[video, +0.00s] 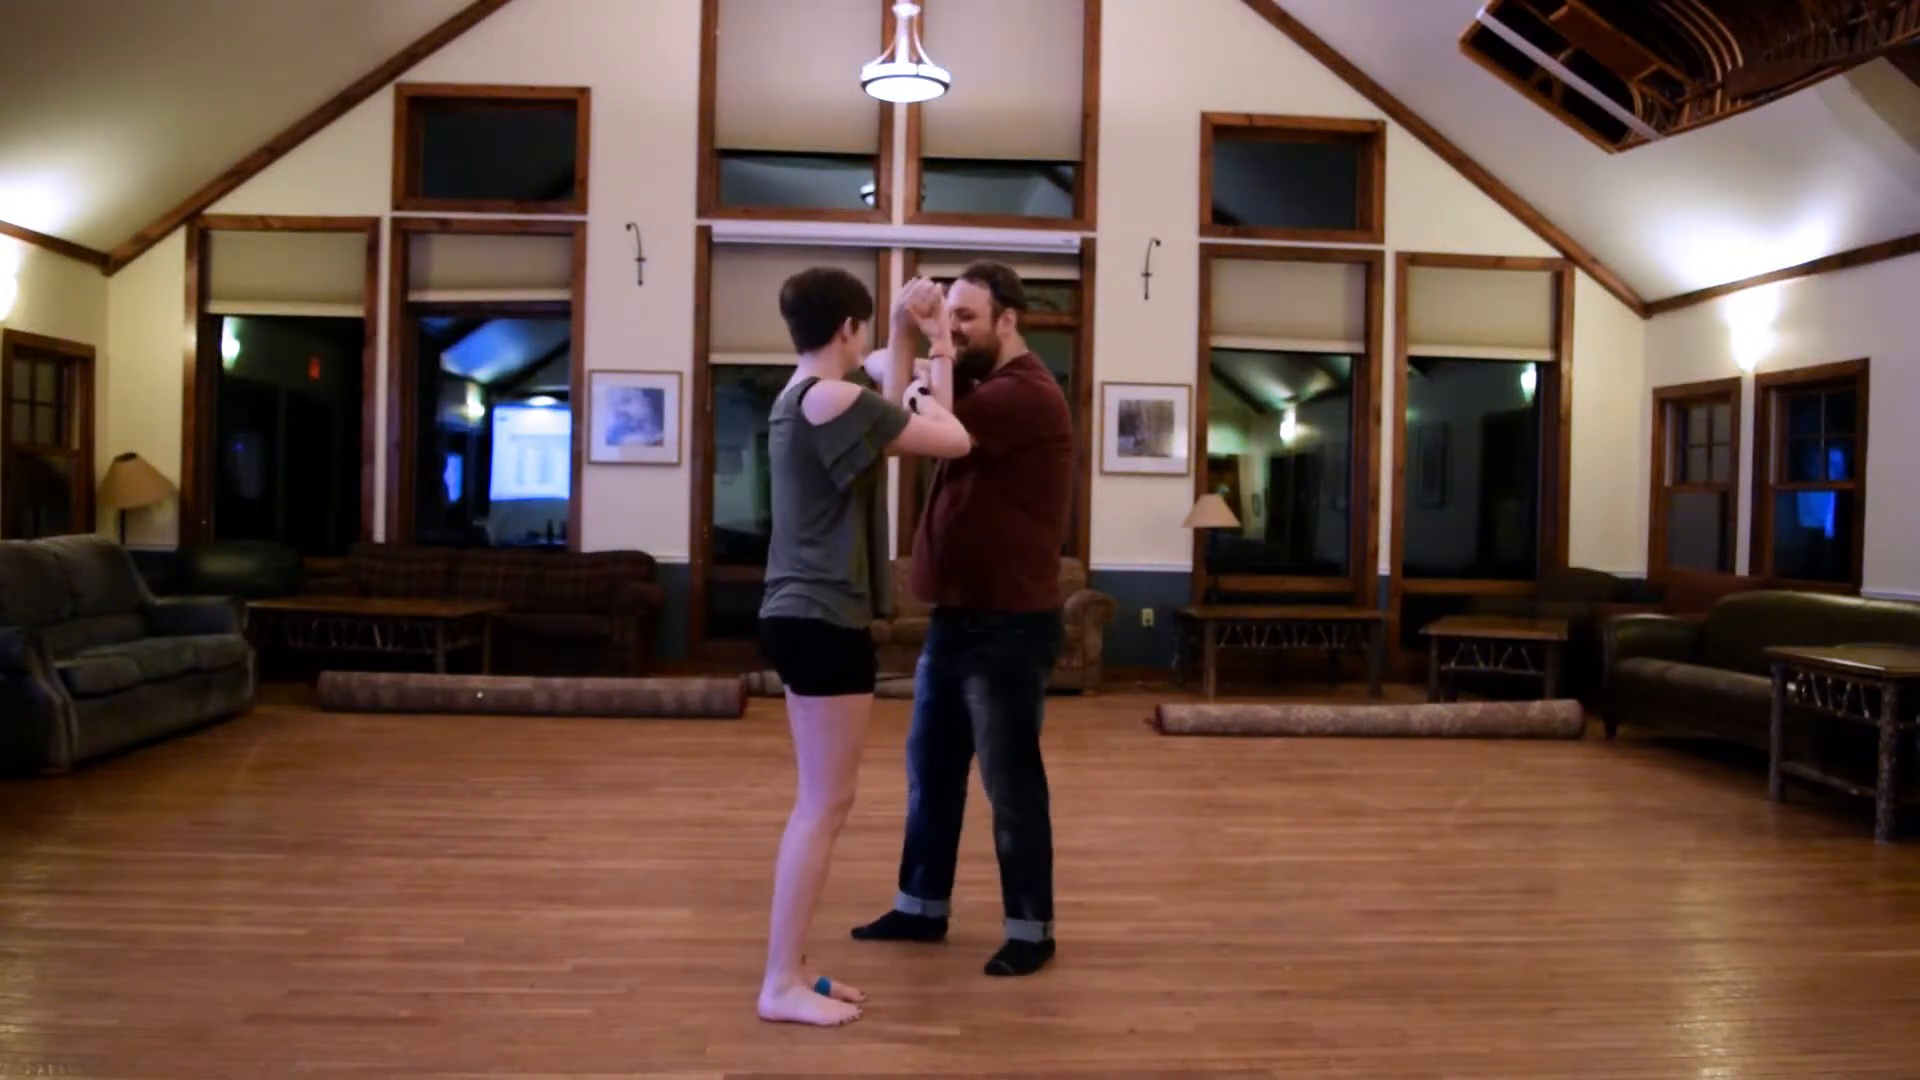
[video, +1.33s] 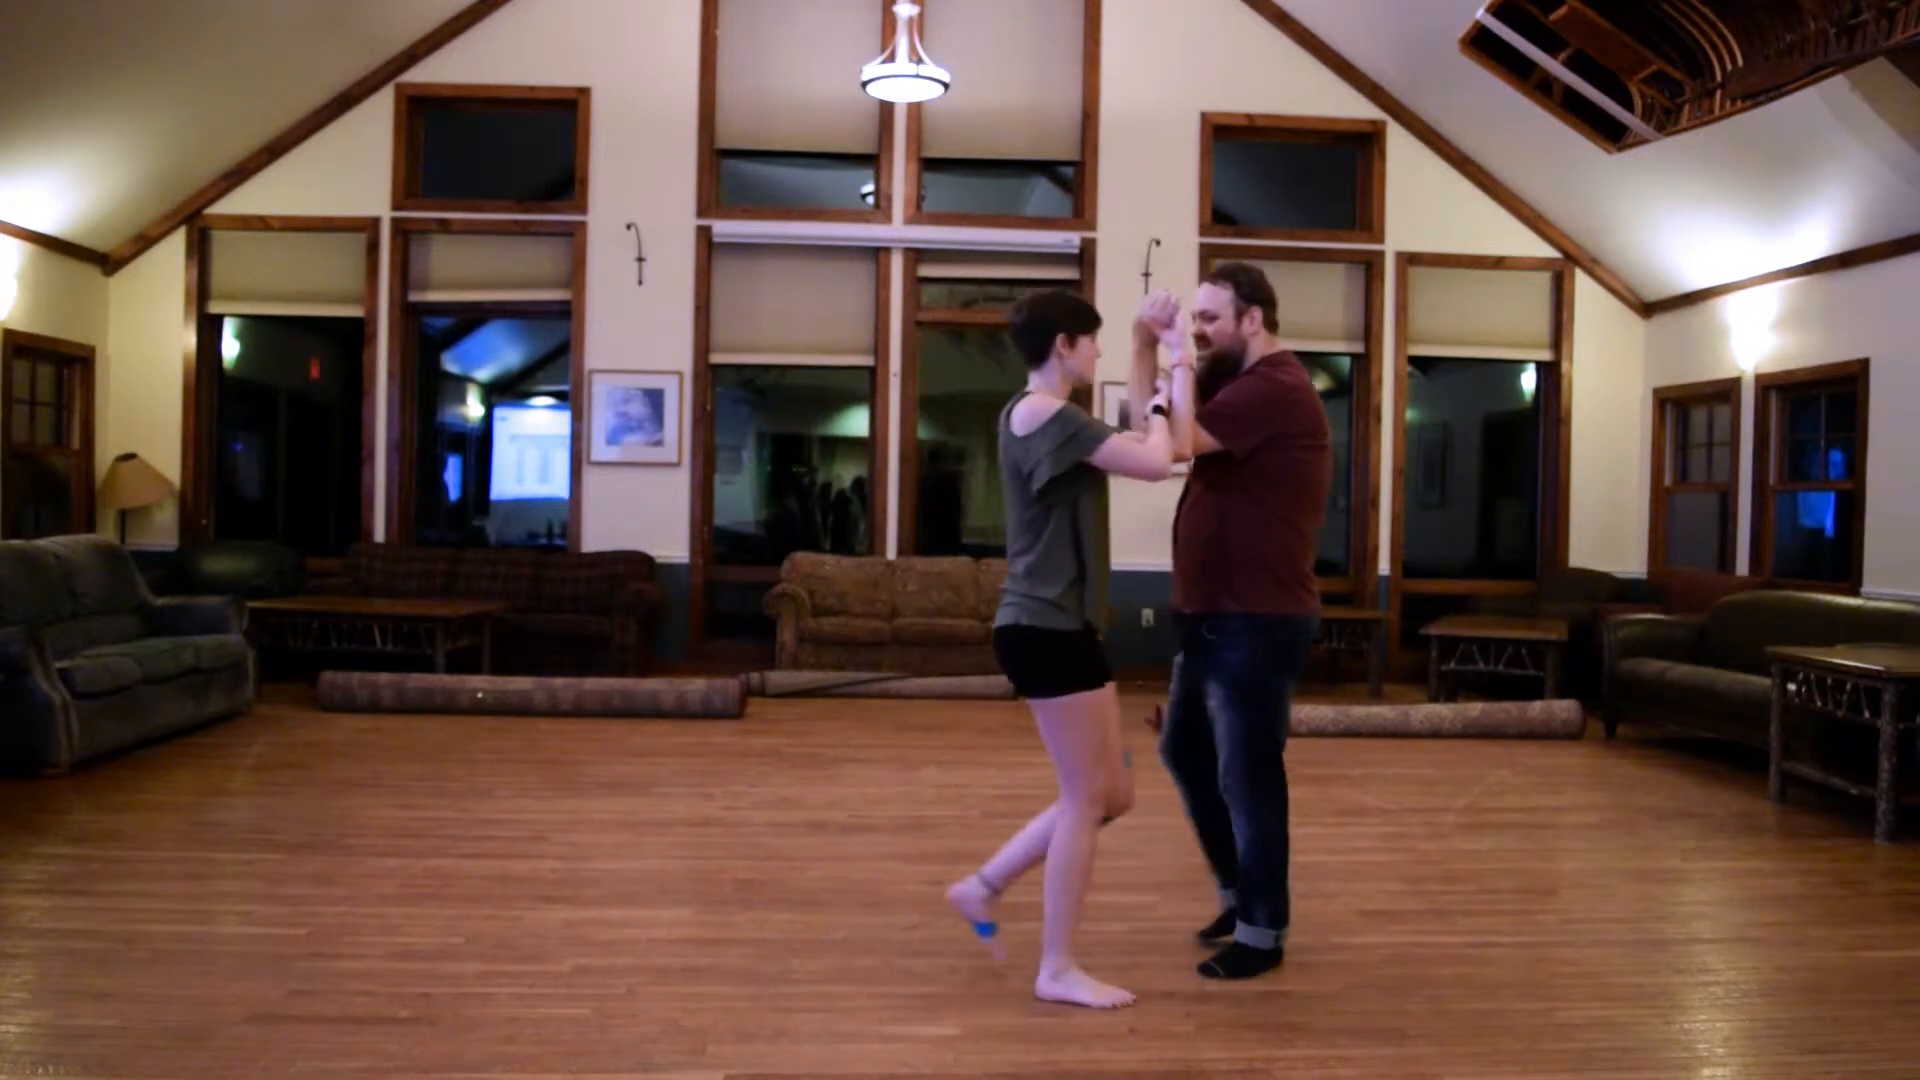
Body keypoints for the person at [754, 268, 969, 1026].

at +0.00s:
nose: (867, 337)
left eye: (867, 325)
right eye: (865, 327)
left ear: (804, 333)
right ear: (851, 331)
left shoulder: (799, 396)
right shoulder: (839, 400)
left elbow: (890, 408)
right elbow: (951, 436)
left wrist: (904, 335)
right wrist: (941, 354)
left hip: (800, 614)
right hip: (825, 621)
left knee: (819, 804)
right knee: (823, 808)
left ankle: (788, 973)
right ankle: (782, 985)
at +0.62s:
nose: (932, 351)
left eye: (932, 339)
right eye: (926, 338)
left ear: (883, 346)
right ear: (892, 344)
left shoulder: (863, 408)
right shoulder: (872, 414)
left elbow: (969, 445)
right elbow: (973, 453)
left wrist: (997, 366)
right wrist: (1010, 367)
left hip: (849, 619)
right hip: (858, 625)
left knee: (878, 786)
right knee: (921, 786)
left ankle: (849, 935)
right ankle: (824, 936)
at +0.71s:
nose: (951, 349)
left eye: (950, 337)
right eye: (944, 337)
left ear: (902, 344)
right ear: (909, 342)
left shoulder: (877, 406)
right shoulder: (889, 411)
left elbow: (998, 439)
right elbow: (983, 453)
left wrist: (1016, 363)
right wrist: (1012, 384)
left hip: (861, 615)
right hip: (872, 620)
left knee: (881, 785)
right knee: (945, 775)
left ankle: (846, 933)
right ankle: (877, 935)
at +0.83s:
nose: (979, 349)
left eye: (977, 337)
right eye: (971, 337)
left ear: (926, 345)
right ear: (938, 344)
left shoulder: (903, 407)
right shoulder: (915, 414)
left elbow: (1017, 439)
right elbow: (1012, 453)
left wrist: (1040, 353)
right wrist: (1036, 386)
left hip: (890, 615)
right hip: (897, 622)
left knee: (891, 782)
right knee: (967, 775)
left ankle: (847, 935)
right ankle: (979, 953)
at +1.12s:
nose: (1044, 358)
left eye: (1043, 346)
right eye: (1038, 347)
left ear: (994, 354)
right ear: (1008, 352)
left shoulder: (974, 418)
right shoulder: (991, 425)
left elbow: (1086, 448)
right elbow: (1091, 464)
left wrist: (1100, 364)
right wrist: (1116, 384)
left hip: (972, 626)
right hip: (989, 632)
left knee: (962, 789)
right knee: (1047, 790)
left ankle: (866, 913)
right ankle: (1055, 968)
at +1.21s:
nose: (1063, 357)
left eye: (1062, 345)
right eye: (1059, 345)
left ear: (1015, 352)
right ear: (1032, 350)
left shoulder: (990, 418)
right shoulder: (1015, 425)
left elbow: (1102, 448)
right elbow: (1123, 462)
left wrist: (1111, 363)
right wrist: (1145, 372)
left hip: (999, 623)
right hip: (1020, 629)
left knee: (1020, 797)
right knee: (1067, 791)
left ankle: (902, 890)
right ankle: (1056, 969)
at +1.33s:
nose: (1098, 350)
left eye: (1095, 338)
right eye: (1092, 338)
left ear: (1048, 348)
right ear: (1065, 346)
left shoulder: (1036, 412)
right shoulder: (1047, 421)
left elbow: (1134, 436)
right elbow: (1158, 461)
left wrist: (1142, 351)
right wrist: (1179, 371)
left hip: (1061, 625)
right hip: (1046, 630)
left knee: (1112, 791)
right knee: (1084, 798)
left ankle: (982, 886)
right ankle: (1057, 971)